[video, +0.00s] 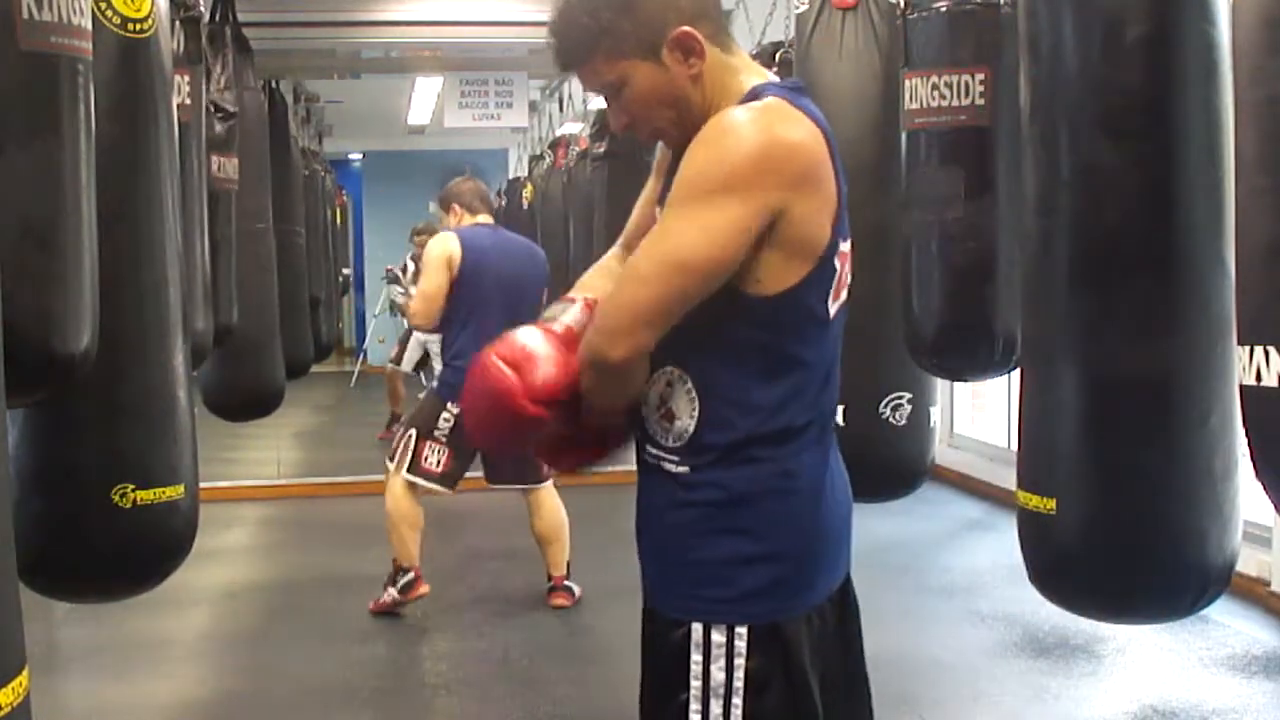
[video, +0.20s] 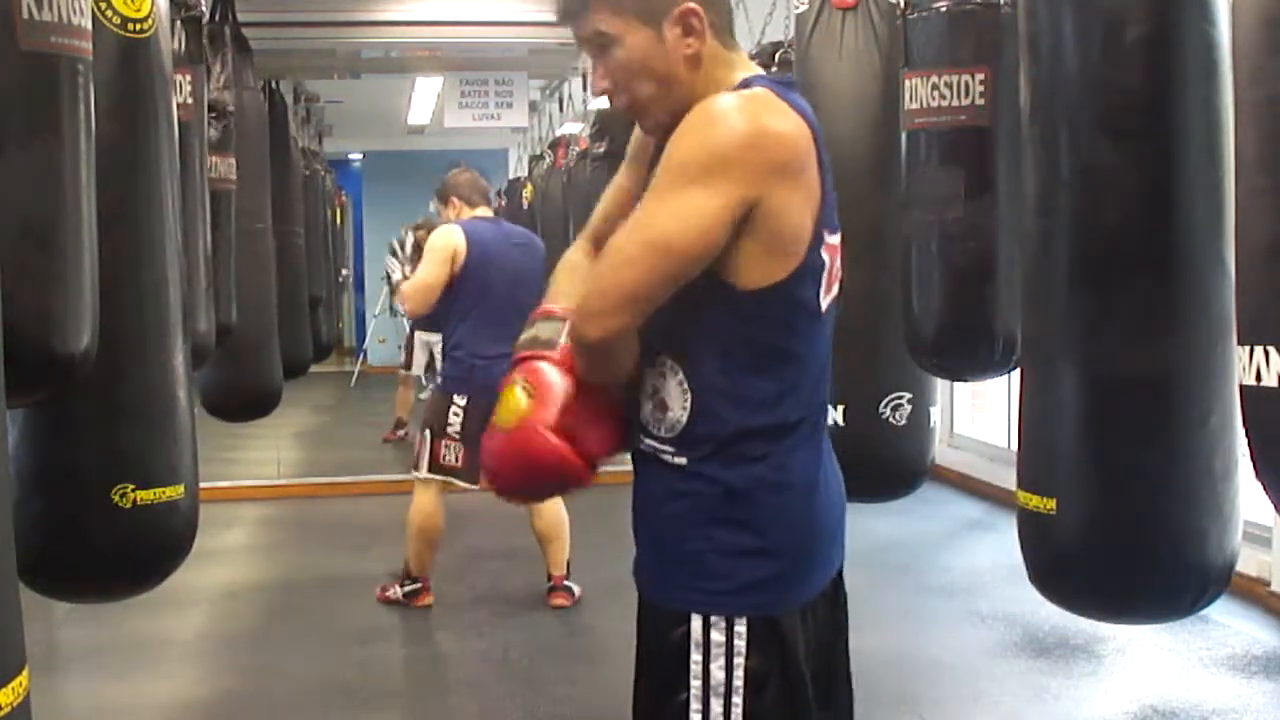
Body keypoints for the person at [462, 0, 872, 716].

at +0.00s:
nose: (613, 119)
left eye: (613, 92)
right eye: (603, 100)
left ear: (686, 53)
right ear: (687, 56)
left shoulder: (753, 137)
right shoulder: (708, 127)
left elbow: (618, 346)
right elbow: (626, 254)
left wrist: (604, 420)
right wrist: (556, 337)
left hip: (733, 542)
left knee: (713, 712)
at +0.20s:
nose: (594, 80)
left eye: (604, 46)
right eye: (587, 54)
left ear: (685, 30)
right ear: (683, 38)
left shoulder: (736, 126)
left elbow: (598, 319)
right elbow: (591, 249)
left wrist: (614, 383)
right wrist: (551, 351)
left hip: (729, 536)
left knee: (714, 710)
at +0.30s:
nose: (590, 72)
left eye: (601, 37)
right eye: (585, 45)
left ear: (680, 27)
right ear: (679, 34)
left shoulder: (719, 119)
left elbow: (577, 303)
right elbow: (566, 273)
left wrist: (619, 374)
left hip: (729, 533)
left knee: (709, 711)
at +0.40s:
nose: (586, 69)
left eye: (594, 35)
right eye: (584, 41)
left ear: (668, 30)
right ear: (668, 34)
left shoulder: (709, 129)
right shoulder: (755, 111)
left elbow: (593, 334)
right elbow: (615, 257)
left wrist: (611, 376)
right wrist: (536, 329)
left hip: (722, 530)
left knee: (702, 712)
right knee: (786, 707)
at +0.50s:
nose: (590, 71)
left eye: (596, 39)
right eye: (588, 43)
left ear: (659, 39)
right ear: (661, 40)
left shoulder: (701, 135)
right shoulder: (765, 119)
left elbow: (639, 355)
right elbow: (673, 276)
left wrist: (586, 394)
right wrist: (529, 318)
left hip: (719, 528)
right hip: (790, 502)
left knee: (695, 710)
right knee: (789, 706)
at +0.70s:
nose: (612, 83)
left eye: (616, 58)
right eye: (609, 61)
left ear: (666, 60)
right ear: (689, 60)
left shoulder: (697, 153)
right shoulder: (784, 146)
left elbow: (701, 326)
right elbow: (771, 326)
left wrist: (611, 372)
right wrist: (646, 356)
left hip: (717, 527)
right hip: (795, 505)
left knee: (671, 708)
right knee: (791, 706)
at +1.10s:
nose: (574, 119)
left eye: (575, 97)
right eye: (569, 100)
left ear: (624, 90)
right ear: (640, 86)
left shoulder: (639, 167)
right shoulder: (761, 164)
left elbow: (623, 336)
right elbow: (722, 311)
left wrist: (530, 297)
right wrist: (599, 268)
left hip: (674, 485)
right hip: (783, 475)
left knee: (580, 687)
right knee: (785, 702)